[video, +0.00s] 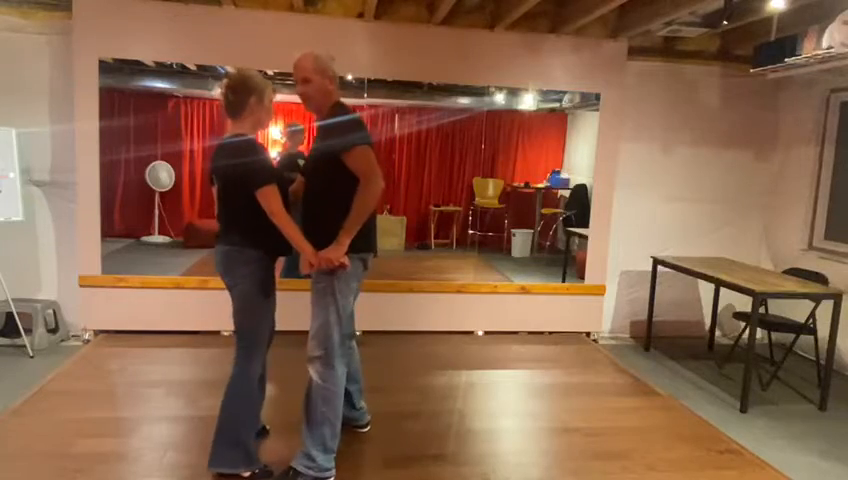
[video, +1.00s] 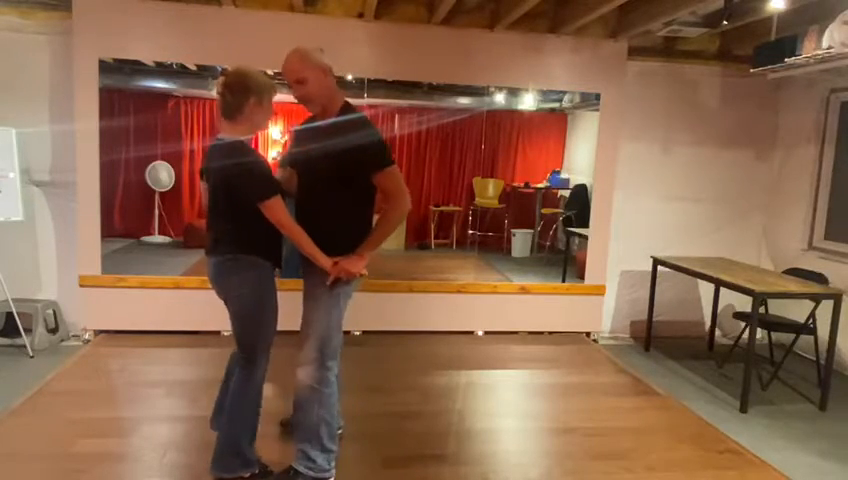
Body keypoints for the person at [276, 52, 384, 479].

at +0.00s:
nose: (298, 92)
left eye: (304, 82)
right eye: (296, 84)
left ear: (330, 82)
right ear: (321, 84)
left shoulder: (344, 125)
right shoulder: (328, 126)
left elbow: (374, 184)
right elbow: (325, 186)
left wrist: (340, 243)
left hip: (340, 257)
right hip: (331, 254)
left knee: (324, 355)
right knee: (340, 338)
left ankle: (317, 464)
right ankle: (353, 408)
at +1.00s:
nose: (296, 92)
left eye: (300, 82)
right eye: (291, 86)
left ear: (326, 74)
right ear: (294, 88)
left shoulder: (359, 129)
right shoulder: (304, 131)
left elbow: (400, 201)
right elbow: (288, 186)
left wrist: (361, 256)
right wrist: (242, 182)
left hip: (340, 261)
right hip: (311, 256)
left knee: (316, 361)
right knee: (316, 346)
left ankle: (314, 465)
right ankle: (316, 417)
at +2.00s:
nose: (278, 95)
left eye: (282, 86)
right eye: (274, 89)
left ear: (307, 80)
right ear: (284, 89)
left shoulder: (332, 125)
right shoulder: (301, 132)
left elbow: (377, 179)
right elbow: (281, 180)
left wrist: (346, 233)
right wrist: (243, 186)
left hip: (333, 252)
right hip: (315, 250)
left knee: (320, 347)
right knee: (329, 340)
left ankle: (310, 454)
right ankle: (328, 418)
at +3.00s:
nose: (301, 129)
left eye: (308, 121)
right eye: (297, 122)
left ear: (327, 121)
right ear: (295, 126)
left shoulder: (356, 157)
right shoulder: (292, 176)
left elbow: (393, 207)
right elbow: (258, 227)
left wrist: (357, 244)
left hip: (360, 272)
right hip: (321, 275)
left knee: (307, 352)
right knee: (279, 340)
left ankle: (313, 467)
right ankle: (322, 419)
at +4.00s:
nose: (312, 142)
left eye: (319, 133)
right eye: (311, 134)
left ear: (345, 135)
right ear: (312, 136)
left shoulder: (368, 183)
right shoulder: (317, 183)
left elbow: (356, 258)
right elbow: (269, 211)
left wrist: (294, 280)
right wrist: (223, 210)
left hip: (360, 306)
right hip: (336, 298)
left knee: (273, 381)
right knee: (294, 332)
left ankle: (310, 469)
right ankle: (323, 417)